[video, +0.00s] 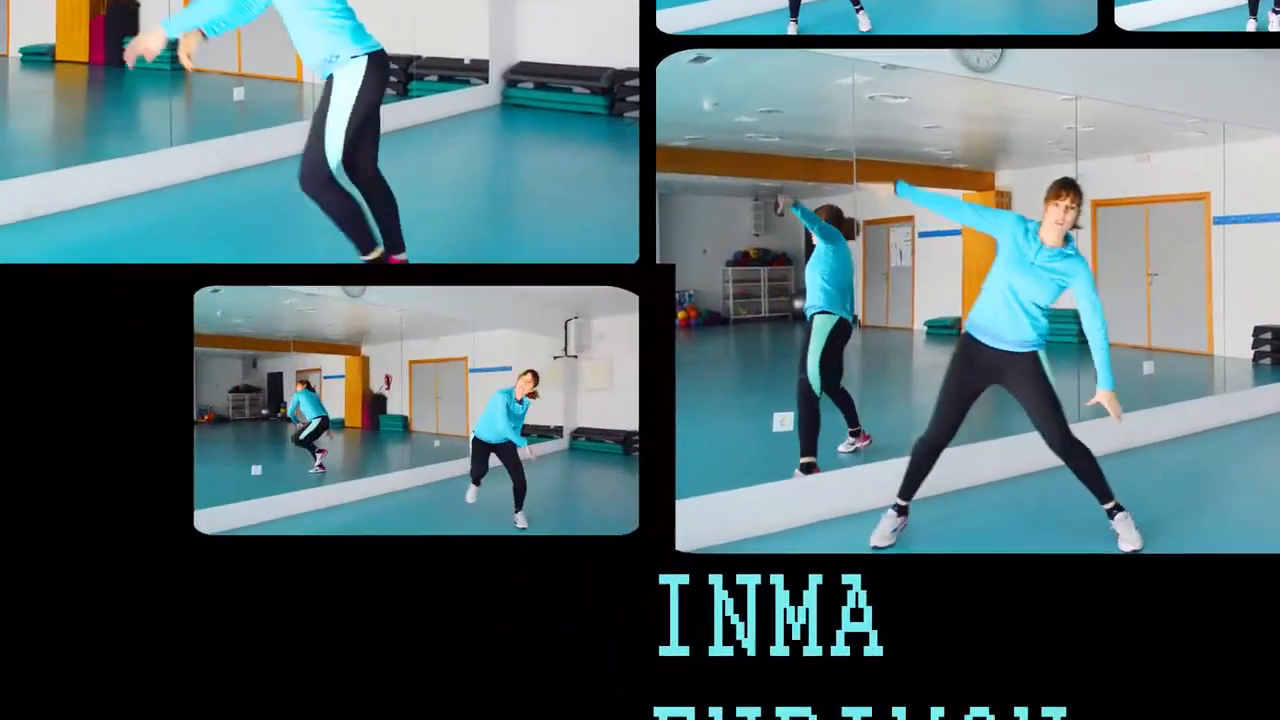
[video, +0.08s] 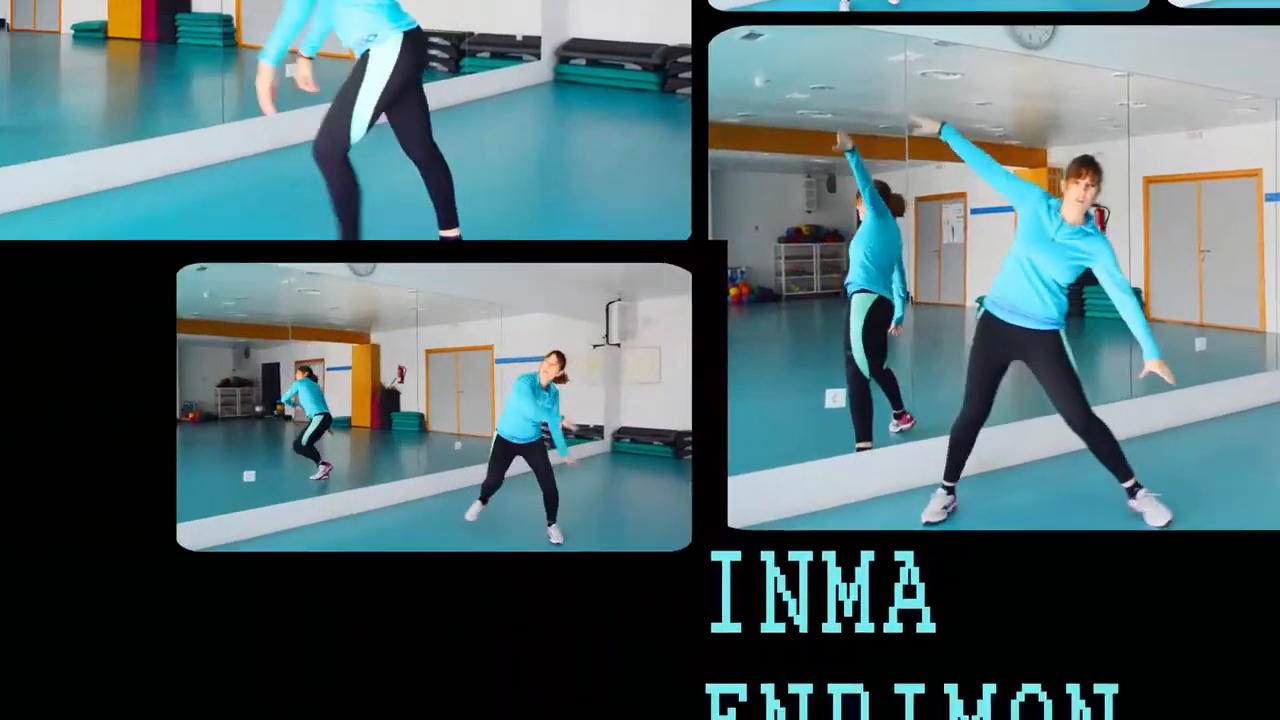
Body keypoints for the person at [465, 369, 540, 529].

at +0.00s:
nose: (524, 385)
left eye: (529, 384)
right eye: (524, 380)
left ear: (531, 389)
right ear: (518, 379)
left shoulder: (525, 404)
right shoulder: (501, 396)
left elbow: (518, 426)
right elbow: (503, 426)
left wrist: (514, 440)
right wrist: (523, 443)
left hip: (504, 441)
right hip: (482, 439)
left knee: (520, 480)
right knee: (478, 471)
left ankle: (518, 512)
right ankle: (475, 485)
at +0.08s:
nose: (548, 366)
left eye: (554, 365)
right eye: (548, 361)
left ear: (559, 372)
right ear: (542, 362)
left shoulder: (553, 393)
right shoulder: (523, 382)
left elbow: (554, 424)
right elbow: (532, 412)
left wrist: (565, 453)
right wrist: (557, 419)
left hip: (532, 441)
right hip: (506, 439)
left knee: (549, 484)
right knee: (493, 481)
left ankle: (552, 525)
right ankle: (480, 502)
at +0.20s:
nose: (576, 334)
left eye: (582, 333)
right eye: (573, 329)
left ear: (587, 341)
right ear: (565, 330)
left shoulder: (585, 367)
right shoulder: (545, 350)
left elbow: (609, 396)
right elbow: (568, 353)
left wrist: (647, 420)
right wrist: (600, 352)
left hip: (566, 436)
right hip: (533, 433)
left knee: (586, 493)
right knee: (515, 490)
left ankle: (604, 544)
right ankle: (489, 536)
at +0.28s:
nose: (585, 318)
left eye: (591, 314)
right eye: (583, 312)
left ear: (599, 321)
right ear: (573, 312)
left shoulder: (601, 349)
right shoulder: (554, 333)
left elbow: (639, 369)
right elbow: (581, 308)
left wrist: (689, 376)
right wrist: (615, 299)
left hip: (579, 429)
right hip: (543, 427)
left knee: (604, 492)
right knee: (528, 490)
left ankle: (635, 554)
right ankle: (510, 548)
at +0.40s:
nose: (595, 291)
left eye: (602, 288)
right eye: (590, 285)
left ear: (609, 296)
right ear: (578, 289)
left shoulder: (615, 327)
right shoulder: (561, 316)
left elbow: (669, 322)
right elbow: (573, 268)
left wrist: (721, 302)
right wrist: (608, 231)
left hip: (595, 425)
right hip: (556, 424)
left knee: (621, 498)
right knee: (550, 498)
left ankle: (643, 560)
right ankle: (541, 565)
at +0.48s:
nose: (598, 277)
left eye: (606, 272)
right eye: (593, 270)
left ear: (616, 281)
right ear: (582, 276)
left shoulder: (627, 312)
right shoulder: (568, 305)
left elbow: (679, 290)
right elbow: (567, 249)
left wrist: (726, 253)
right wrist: (591, 198)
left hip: (609, 422)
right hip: (566, 421)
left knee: (622, 506)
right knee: (566, 504)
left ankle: (629, 571)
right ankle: (561, 577)